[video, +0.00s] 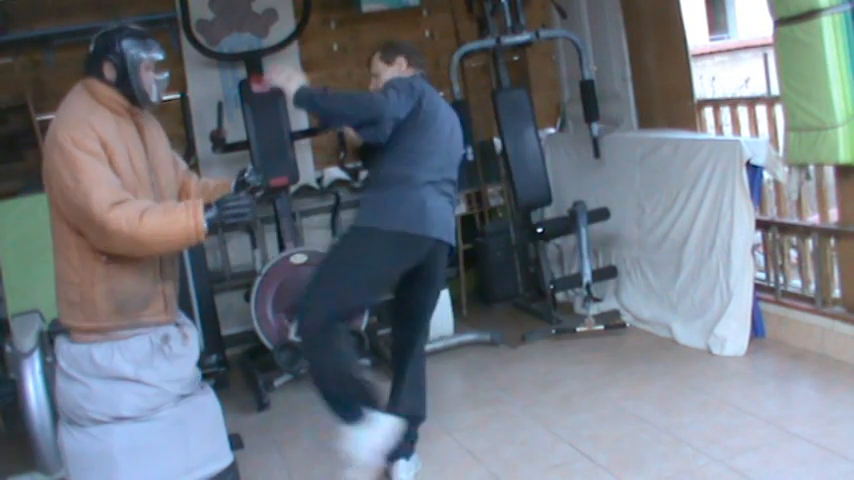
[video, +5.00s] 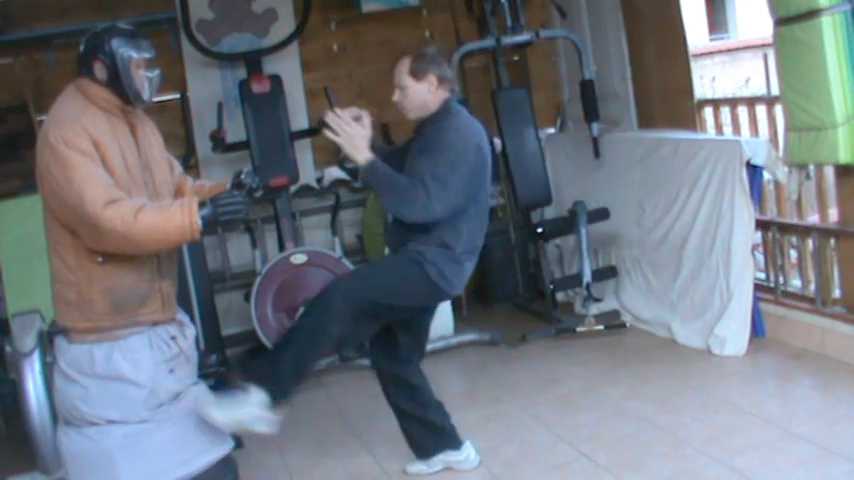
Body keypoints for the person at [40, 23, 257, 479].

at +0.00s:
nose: (155, 78)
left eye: (156, 66)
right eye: (145, 67)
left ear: (120, 67)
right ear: (111, 66)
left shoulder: (142, 120)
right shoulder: (74, 129)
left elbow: (182, 187)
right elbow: (113, 222)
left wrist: (236, 187)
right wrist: (205, 217)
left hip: (158, 320)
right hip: (105, 334)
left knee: (187, 448)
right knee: (124, 459)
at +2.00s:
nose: (149, 75)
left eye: (150, 65)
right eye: (139, 65)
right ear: (105, 67)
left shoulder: (138, 121)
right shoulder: (70, 128)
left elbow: (176, 189)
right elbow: (110, 221)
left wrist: (229, 190)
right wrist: (205, 216)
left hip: (157, 319)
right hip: (104, 332)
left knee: (191, 449)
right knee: (125, 459)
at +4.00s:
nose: (147, 73)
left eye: (147, 63)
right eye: (136, 63)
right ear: (103, 66)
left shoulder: (140, 121)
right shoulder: (68, 129)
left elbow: (178, 188)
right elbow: (109, 222)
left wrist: (231, 188)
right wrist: (201, 217)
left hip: (160, 320)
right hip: (104, 334)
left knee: (196, 453)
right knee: (125, 462)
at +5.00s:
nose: (148, 75)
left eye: (148, 64)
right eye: (138, 65)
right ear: (100, 66)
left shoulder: (137, 120)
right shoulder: (66, 129)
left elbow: (176, 189)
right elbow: (107, 222)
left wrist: (230, 186)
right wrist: (199, 217)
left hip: (158, 318)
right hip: (104, 333)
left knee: (201, 453)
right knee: (125, 463)